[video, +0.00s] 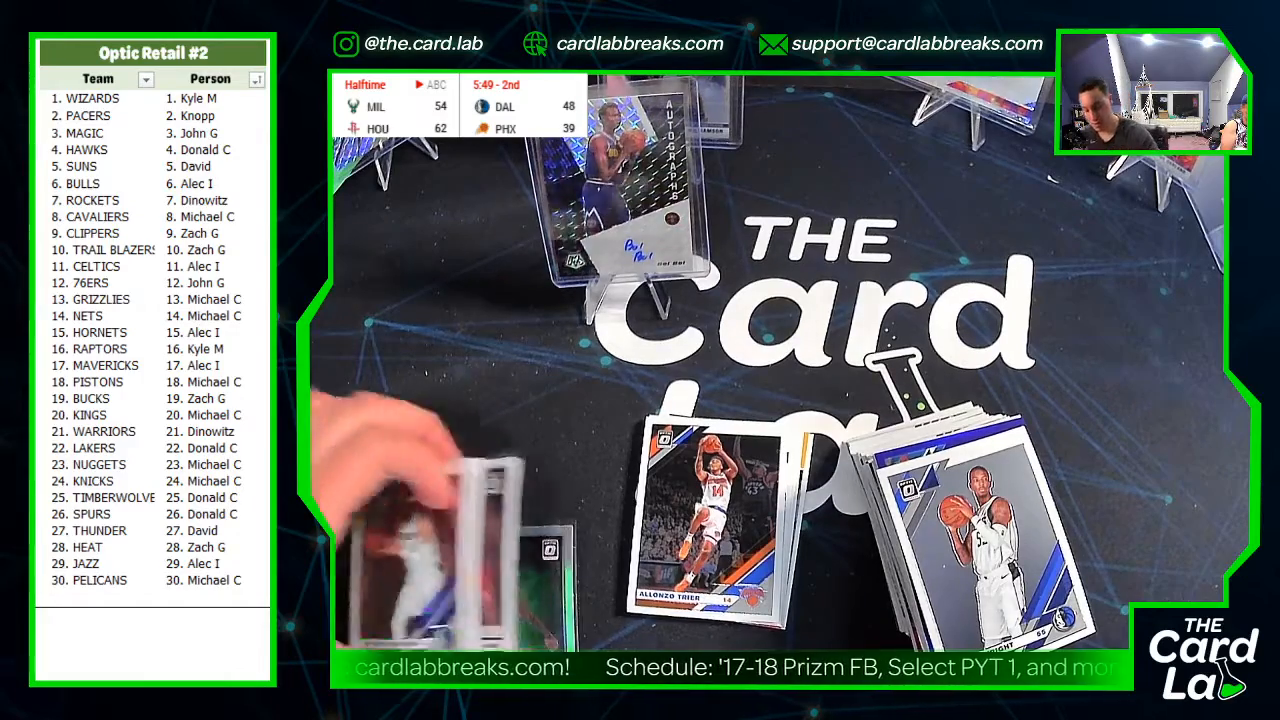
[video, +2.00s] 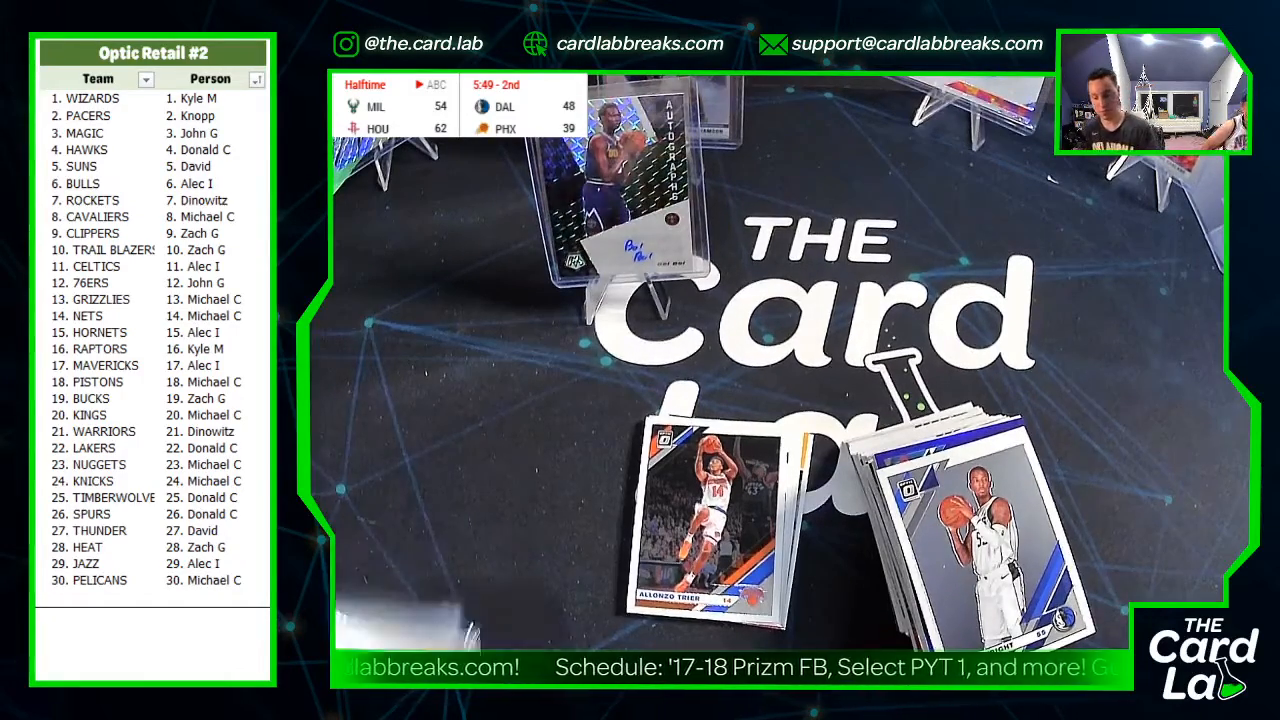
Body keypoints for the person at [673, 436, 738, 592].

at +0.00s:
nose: (715, 463)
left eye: (717, 462)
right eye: (713, 461)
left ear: (721, 465)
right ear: (709, 465)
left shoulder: (727, 476)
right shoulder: (706, 477)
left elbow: (734, 469)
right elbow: (698, 470)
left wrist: (721, 452)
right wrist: (700, 450)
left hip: (720, 513)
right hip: (706, 507)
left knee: (707, 549)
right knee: (704, 511)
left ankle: (688, 578)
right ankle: (688, 540)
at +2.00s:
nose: (714, 464)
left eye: (717, 462)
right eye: (712, 461)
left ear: (721, 466)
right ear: (709, 465)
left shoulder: (727, 476)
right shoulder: (705, 477)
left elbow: (734, 469)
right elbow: (698, 471)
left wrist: (721, 452)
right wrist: (700, 450)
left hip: (720, 513)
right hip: (705, 507)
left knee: (707, 550)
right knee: (705, 512)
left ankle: (688, 580)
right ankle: (688, 540)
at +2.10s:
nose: (714, 464)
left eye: (717, 462)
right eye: (713, 462)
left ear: (721, 465)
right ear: (709, 465)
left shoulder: (727, 476)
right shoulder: (705, 477)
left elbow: (734, 469)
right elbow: (698, 471)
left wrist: (722, 452)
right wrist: (700, 451)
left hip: (720, 513)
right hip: (706, 507)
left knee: (707, 550)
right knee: (705, 512)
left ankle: (688, 580)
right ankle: (688, 540)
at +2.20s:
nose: (714, 464)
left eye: (717, 462)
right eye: (712, 462)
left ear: (721, 465)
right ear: (709, 464)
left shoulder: (726, 476)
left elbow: (734, 468)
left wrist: (722, 453)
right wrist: (700, 449)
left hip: (719, 510)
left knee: (708, 544)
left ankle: (708, 576)